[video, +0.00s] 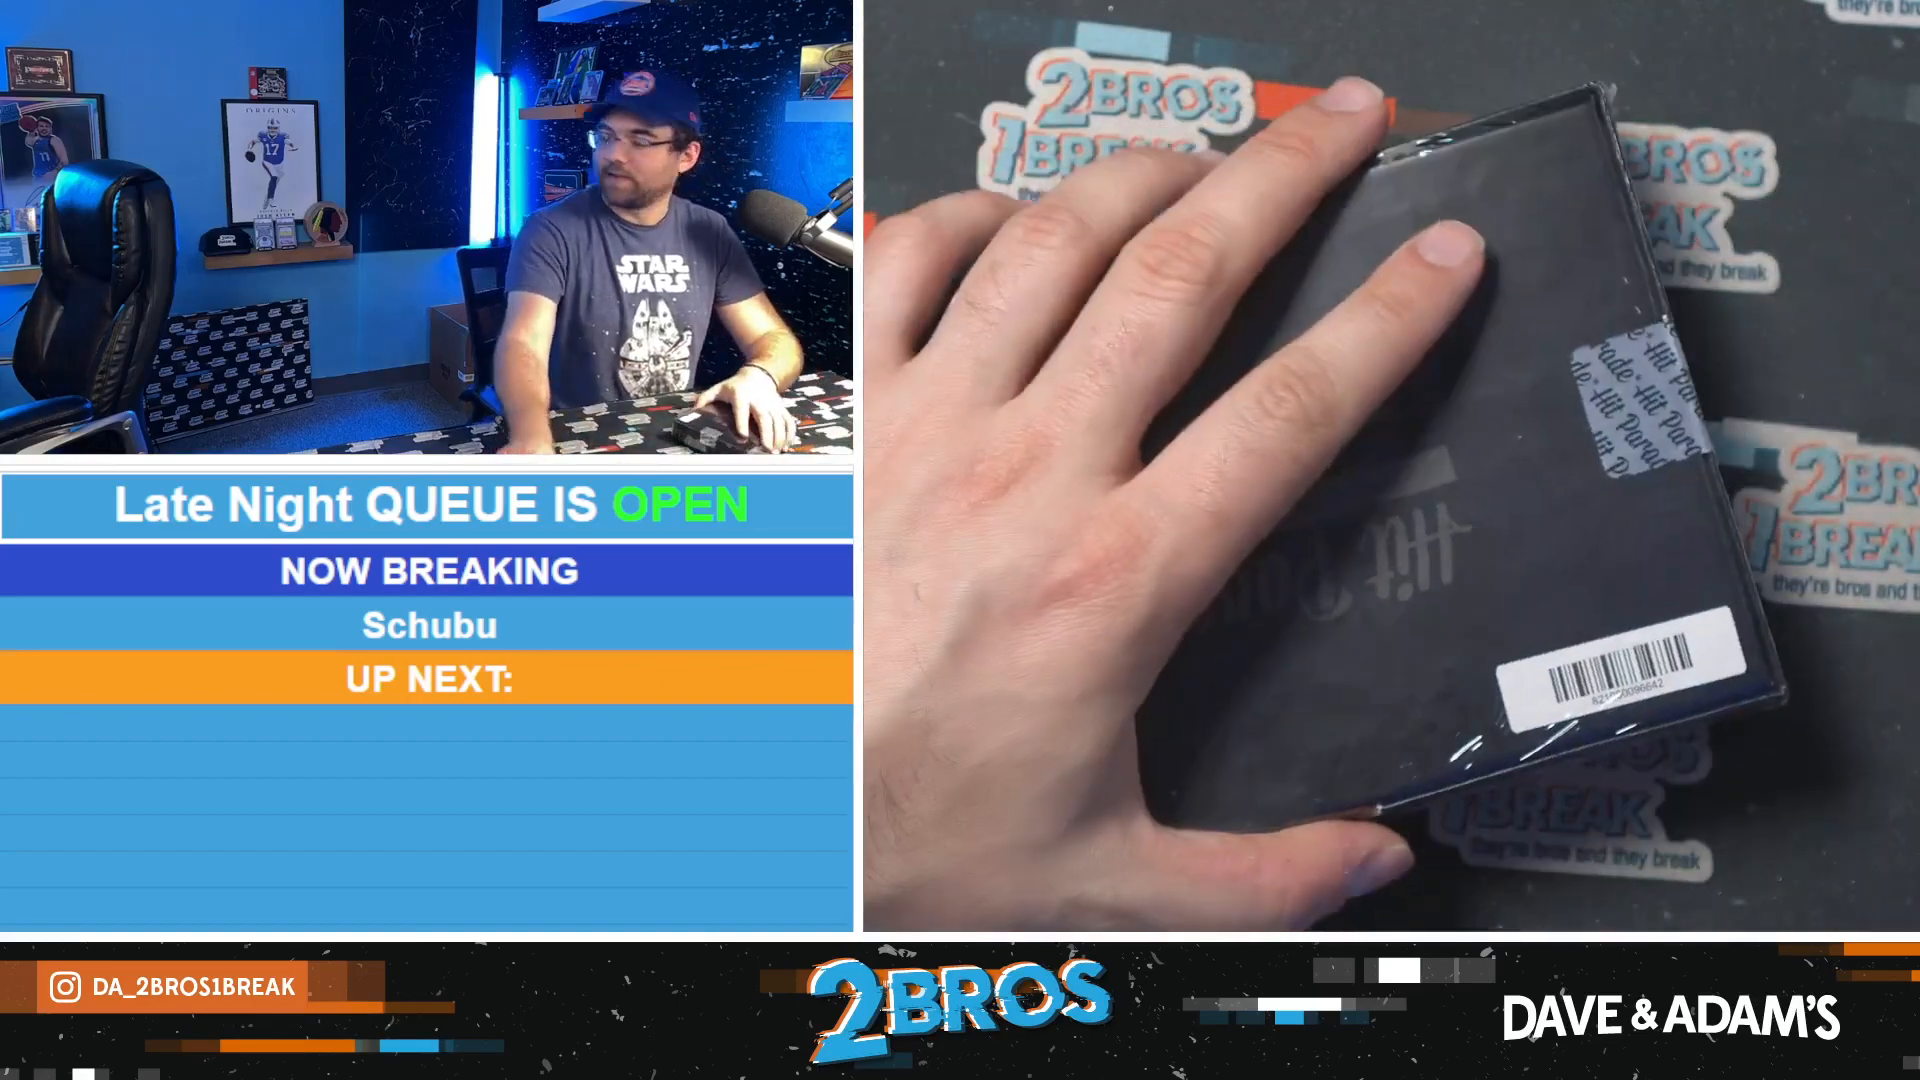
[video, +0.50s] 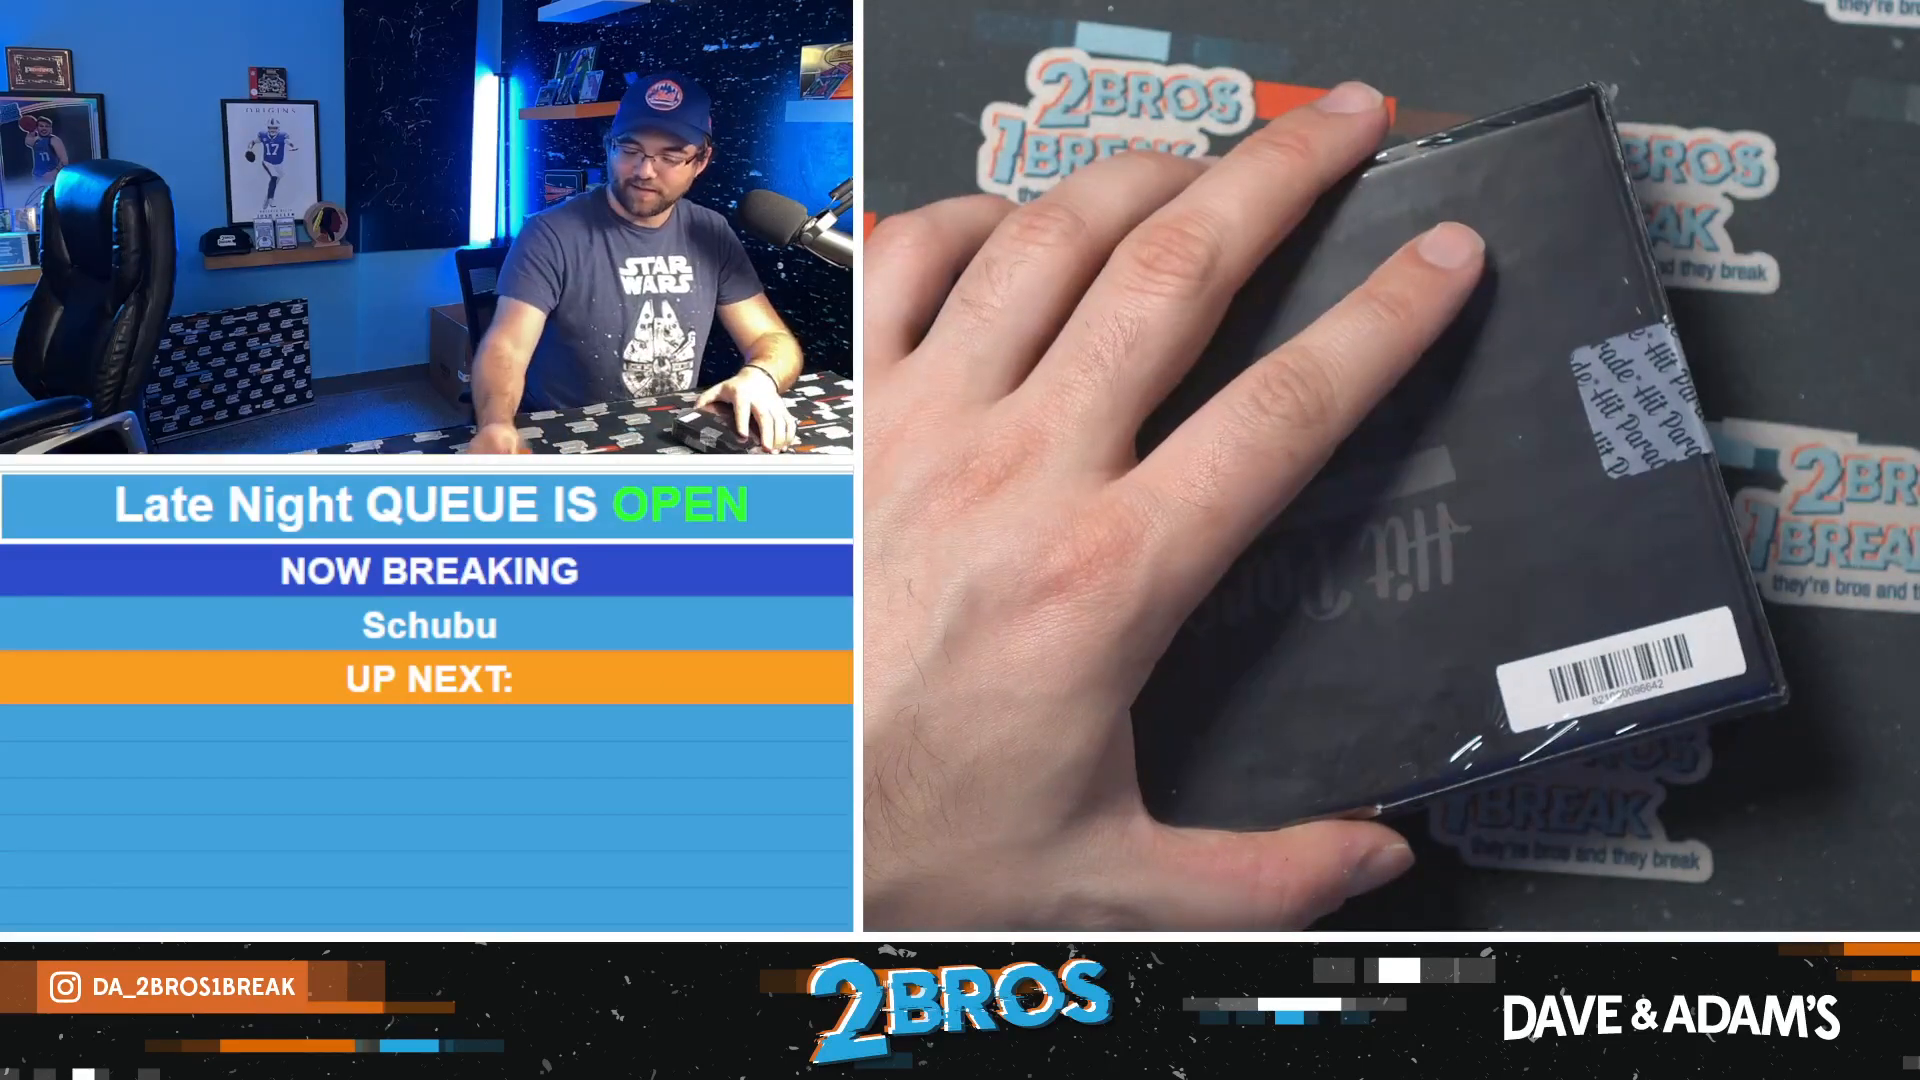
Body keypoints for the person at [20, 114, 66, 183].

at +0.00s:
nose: (44, 128)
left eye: (46, 126)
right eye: (41, 126)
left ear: (51, 128)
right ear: (37, 128)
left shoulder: (54, 140)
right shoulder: (35, 140)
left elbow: (64, 160)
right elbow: (28, 141)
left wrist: (54, 172)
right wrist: (31, 133)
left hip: (50, 176)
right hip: (37, 176)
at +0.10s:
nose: (44, 128)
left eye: (47, 126)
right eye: (41, 126)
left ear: (51, 128)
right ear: (37, 128)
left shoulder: (54, 140)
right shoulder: (35, 140)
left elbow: (64, 160)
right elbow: (28, 142)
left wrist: (54, 173)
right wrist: (31, 133)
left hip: (50, 176)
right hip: (37, 175)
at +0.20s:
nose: (44, 128)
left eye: (47, 126)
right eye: (41, 126)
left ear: (51, 128)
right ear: (37, 128)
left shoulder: (54, 140)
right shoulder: (35, 140)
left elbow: (64, 161)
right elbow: (28, 142)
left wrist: (53, 173)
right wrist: (31, 133)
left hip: (50, 176)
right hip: (37, 175)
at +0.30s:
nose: (44, 128)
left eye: (47, 126)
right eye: (41, 126)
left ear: (51, 129)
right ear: (37, 128)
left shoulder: (54, 140)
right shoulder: (35, 140)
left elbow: (64, 160)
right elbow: (28, 142)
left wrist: (53, 173)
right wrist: (30, 133)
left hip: (50, 177)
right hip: (37, 176)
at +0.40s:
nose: (44, 128)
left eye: (47, 126)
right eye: (41, 126)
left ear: (50, 128)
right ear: (37, 128)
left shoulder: (54, 140)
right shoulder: (35, 140)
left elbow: (64, 160)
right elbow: (28, 141)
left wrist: (53, 173)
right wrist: (30, 132)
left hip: (50, 177)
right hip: (37, 176)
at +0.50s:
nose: (44, 128)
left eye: (47, 126)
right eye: (41, 126)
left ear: (50, 128)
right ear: (37, 128)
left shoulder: (54, 140)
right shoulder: (35, 140)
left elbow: (64, 160)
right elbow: (28, 141)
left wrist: (53, 173)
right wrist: (30, 132)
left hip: (50, 177)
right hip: (37, 176)